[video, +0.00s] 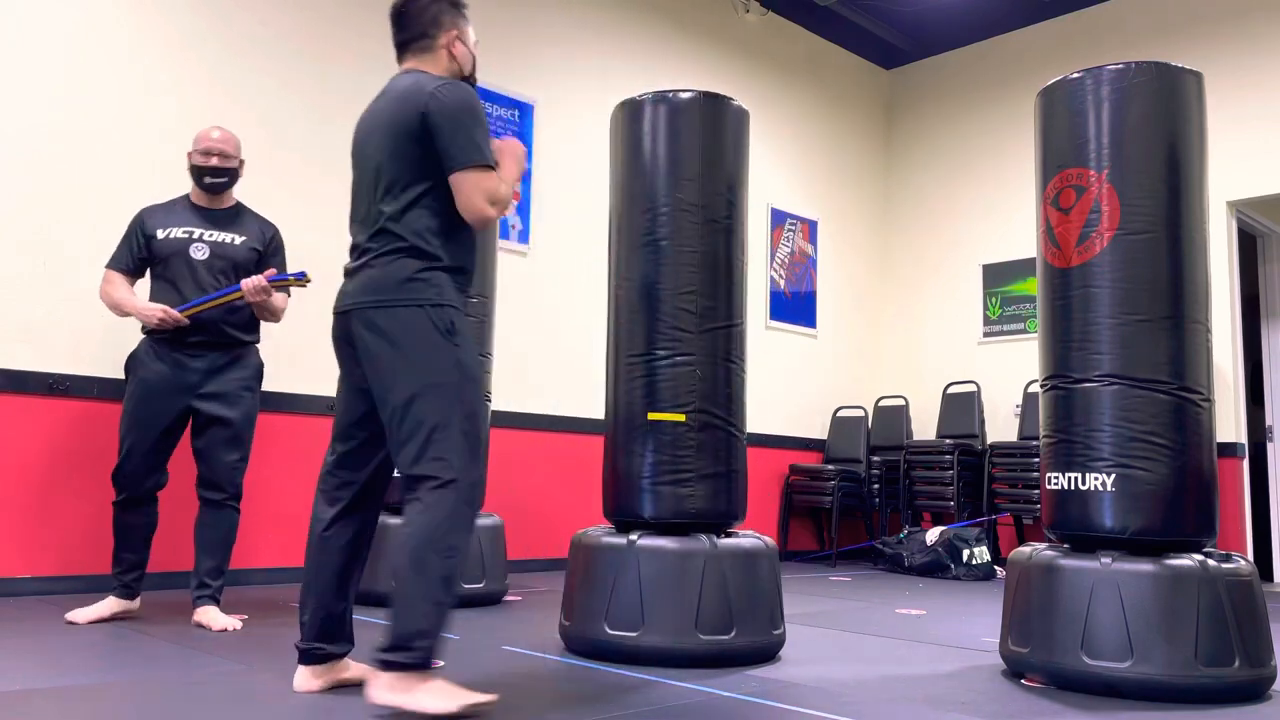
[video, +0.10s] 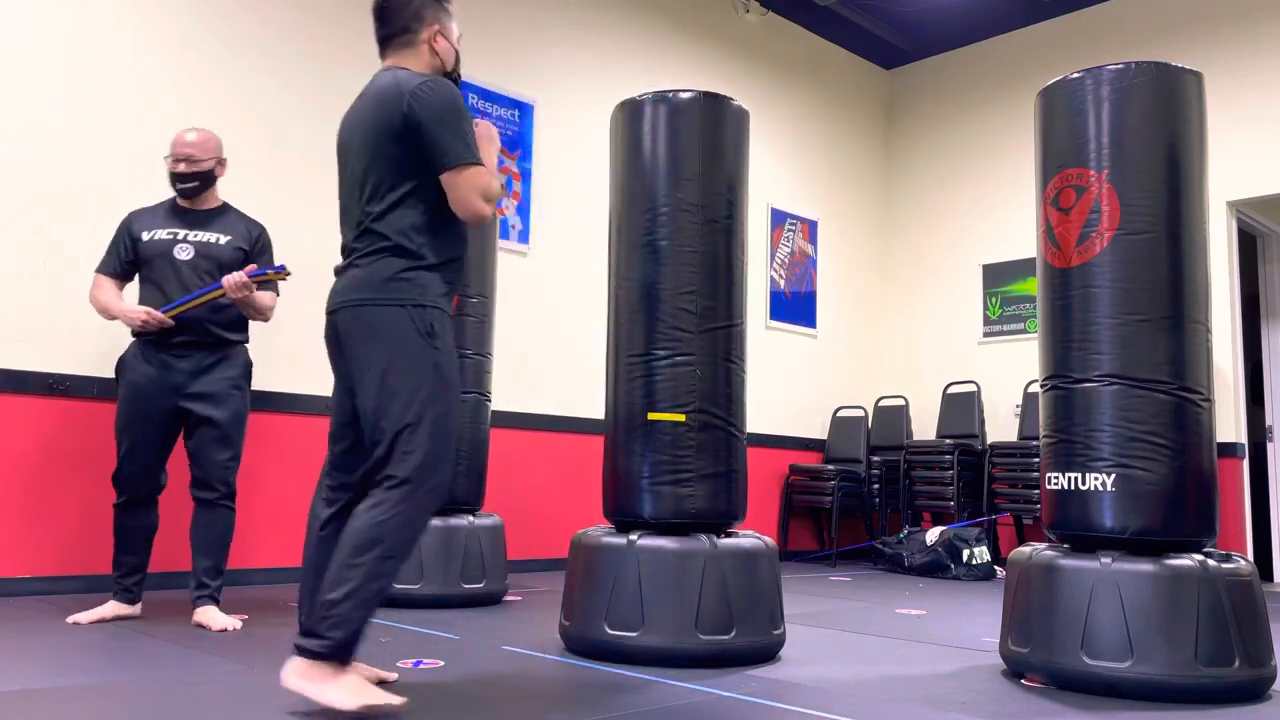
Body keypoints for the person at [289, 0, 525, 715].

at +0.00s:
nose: (475, 51)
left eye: (471, 38)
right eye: (471, 38)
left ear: (404, 44)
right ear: (451, 38)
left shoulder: (381, 107)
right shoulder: (449, 96)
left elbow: (421, 204)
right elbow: (482, 206)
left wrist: (490, 185)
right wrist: (511, 167)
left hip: (363, 302)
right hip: (415, 304)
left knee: (352, 479)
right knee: (448, 477)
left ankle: (321, 654)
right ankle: (406, 667)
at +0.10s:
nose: (458, 46)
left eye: (455, 34)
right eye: (455, 33)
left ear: (390, 39)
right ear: (435, 33)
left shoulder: (366, 103)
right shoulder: (431, 92)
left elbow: (403, 204)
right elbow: (477, 205)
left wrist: (479, 180)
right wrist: (488, 169)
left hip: (357, 303)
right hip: (403, 305)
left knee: (353, 475)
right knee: (414, 477)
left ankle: (321, 648)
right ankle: (321, 658)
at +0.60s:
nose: (457, 49)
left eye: (455, 36)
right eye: (453, 35)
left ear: (405, 34)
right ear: (430, 33)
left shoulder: (393, 94)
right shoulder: (398, 89)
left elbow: (416, 199)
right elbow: (431, 199)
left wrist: (467, 188)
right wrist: (473, 156)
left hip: (398, 315)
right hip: (375, 311)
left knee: (401, 482)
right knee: (335, 488)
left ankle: (415, 636)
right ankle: (280, 674)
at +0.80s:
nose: (480, 72)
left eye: (478, 60)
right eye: (475, 58)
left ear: (434, 61)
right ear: (450, 57)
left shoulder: (438, 133)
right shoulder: (406, 112)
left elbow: (464, 230)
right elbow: (435, 209)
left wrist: (517, 194)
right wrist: (491, 164)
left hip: (436, 334)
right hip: (400, 330)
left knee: (438, 483)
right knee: (351, 492)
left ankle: (437, 624)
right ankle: (283, 671)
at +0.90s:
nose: (493, 93)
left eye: (492, 82)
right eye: (490, 81)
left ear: (450, 80)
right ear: (466, 77)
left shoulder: (459, 152)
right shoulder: (412, 130)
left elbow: (524, 217)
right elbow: (436, 213)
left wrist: (609, 225)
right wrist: (499, 174)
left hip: (458, 336)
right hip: (415, 331)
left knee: (459, 484)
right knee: (407, 482)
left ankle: (431, 625)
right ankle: (301, 648)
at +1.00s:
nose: (508, 108)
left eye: (507, 100)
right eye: (505, 98)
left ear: (450, 95)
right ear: (487, 95)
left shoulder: (445, 151)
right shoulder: (455, 130)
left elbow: (493, 251)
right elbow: (490, 185)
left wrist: (567, 230)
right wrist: (535, 152)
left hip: (414, 321)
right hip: (443, 319)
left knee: (441, 474)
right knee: (467, 470)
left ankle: (429, 629)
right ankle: (347, 620)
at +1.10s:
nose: (512, 117)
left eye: (509, 109)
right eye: (511, 108)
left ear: (448, 108)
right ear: (499, 106)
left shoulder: (403, 161)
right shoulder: (512, 142)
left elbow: (426, 232)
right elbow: (625, 179)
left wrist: (497, 225)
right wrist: (662, 195)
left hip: (391, 319)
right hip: (450, 315)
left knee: (420, 477)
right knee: (419, 479)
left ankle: (429, 629)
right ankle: (319, 627)